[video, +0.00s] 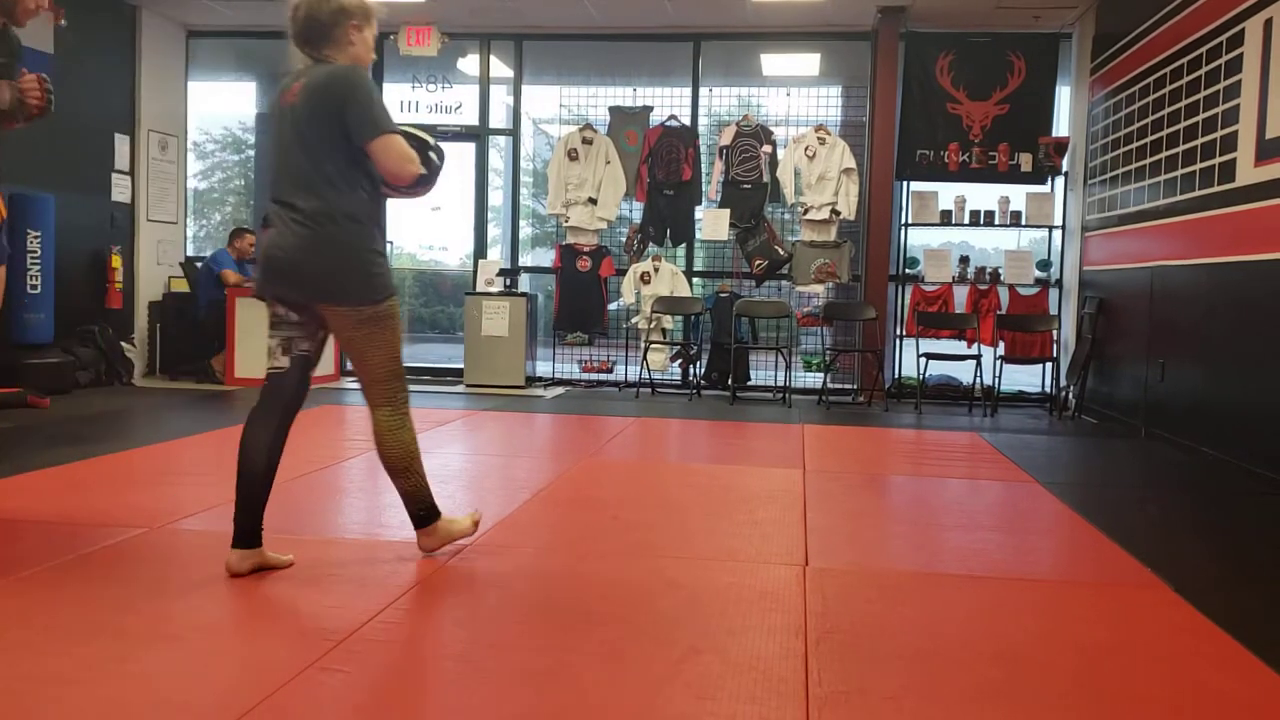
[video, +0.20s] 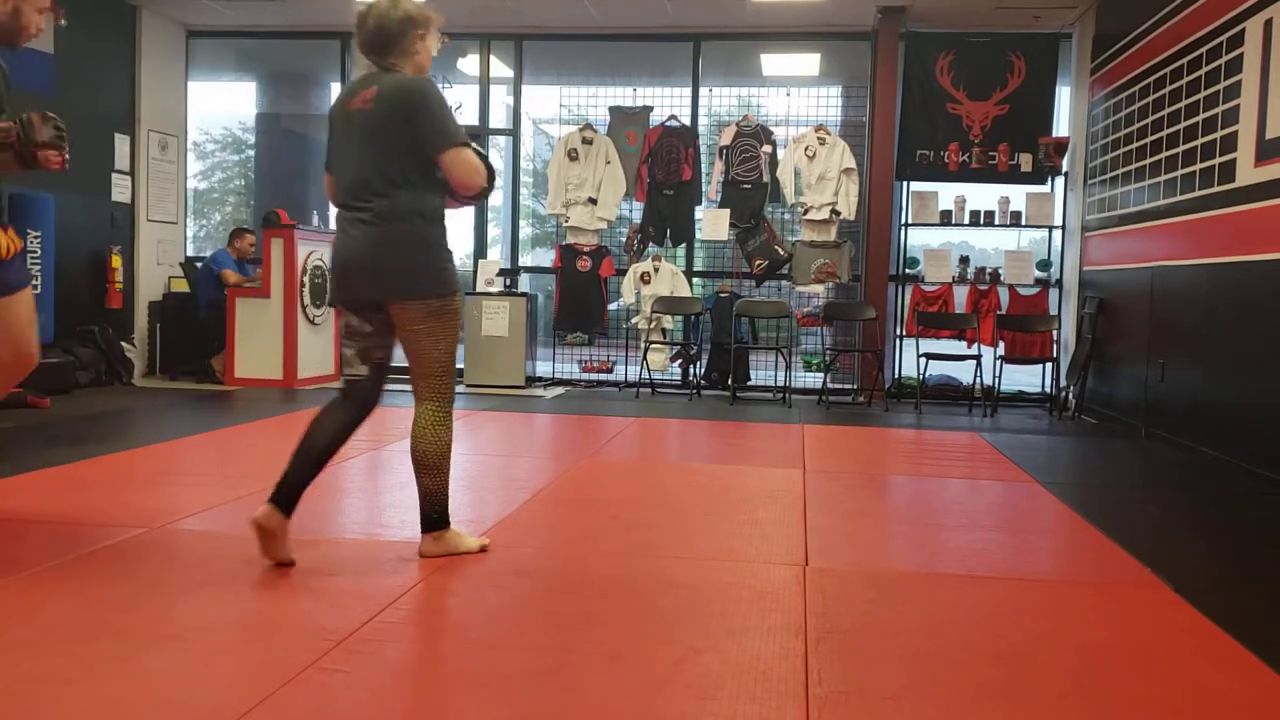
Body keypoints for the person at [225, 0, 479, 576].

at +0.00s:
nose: (373, 45)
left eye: (372, 35)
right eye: (371, 34)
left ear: (310, 38)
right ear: (352, 32)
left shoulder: (289, 93)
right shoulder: (349, 80)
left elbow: (326, 171)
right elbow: (400, 170)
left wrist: (396, 173)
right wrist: (419, 157)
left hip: (284, 259)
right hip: (347, 260)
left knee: (279, 395)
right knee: (388, 397)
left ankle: (245, 545)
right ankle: (429, 524)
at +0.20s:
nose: (436, 51)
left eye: (436, 42)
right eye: (434, 42)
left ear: (375, 45)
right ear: (415, 42)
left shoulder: (345, 99)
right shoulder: (417, 92)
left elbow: (336, 188)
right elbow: (470, 179)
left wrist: (411, 184)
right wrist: (472, 167)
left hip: (352, 253)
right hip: (414, 253)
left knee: (358, 391)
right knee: (434, 394)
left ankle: (278, 509)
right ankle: (437, 530)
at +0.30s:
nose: (456, 52)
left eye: (455, 42)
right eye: (453, 43)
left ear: (393, 47)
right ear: (440, 46)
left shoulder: (368, 100)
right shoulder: (448, 95)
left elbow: (349, 186)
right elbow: (501, 177)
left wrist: (414, 183)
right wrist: (473, 188)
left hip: (378, 257)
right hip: (438, 255)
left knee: (402, 386)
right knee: (444, 393)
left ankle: (334, 492)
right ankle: (436, 530)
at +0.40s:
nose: (469, 55)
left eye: (467, 46)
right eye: (468, 47)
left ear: (412, 50)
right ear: (461, 49)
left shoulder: (385, 102)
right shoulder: (475, 98)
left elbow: (353, 179)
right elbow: (529, 172)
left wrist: (401, 183)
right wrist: (511, 186)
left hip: (396, 256)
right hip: (458, 255)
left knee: (428, 376)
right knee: (449, 393)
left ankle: (400, 498)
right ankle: (436, 528)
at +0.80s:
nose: (509, 77)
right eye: (510, 71)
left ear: (462, 75)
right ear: (507, 75)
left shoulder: (437, 125)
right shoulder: (528, 116)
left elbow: (396, 189)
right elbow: (592, 170)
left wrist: (449, 195)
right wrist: (555, 193)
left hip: (457, 267)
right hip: (515, 265)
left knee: (479, 379)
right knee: (514, 385)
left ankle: (484, 498)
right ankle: (461, 489)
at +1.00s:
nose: (534, 83)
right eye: (533, 76)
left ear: (487, 79)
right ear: (531, 79)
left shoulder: (464, 127)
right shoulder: (549, 120)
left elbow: (423, 187)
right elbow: (609, 170)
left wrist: (474, 196)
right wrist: (575, 200)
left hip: (481, 268)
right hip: (541, 268)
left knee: (489, 378)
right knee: (564, 371)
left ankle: (483, 500)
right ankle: (543, 486)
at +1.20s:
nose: (569, 101)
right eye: (569, 95)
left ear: (525, 96)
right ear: (566, 97)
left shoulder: (500, 142)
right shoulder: (583, 137)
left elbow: (461, 201)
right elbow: (628, 192)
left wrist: (508, 209)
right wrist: (601, 217)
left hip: (512, 273)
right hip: (570, 276)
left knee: (506, 379)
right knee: (582, 383)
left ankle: (483, 497)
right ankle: (595, 480)